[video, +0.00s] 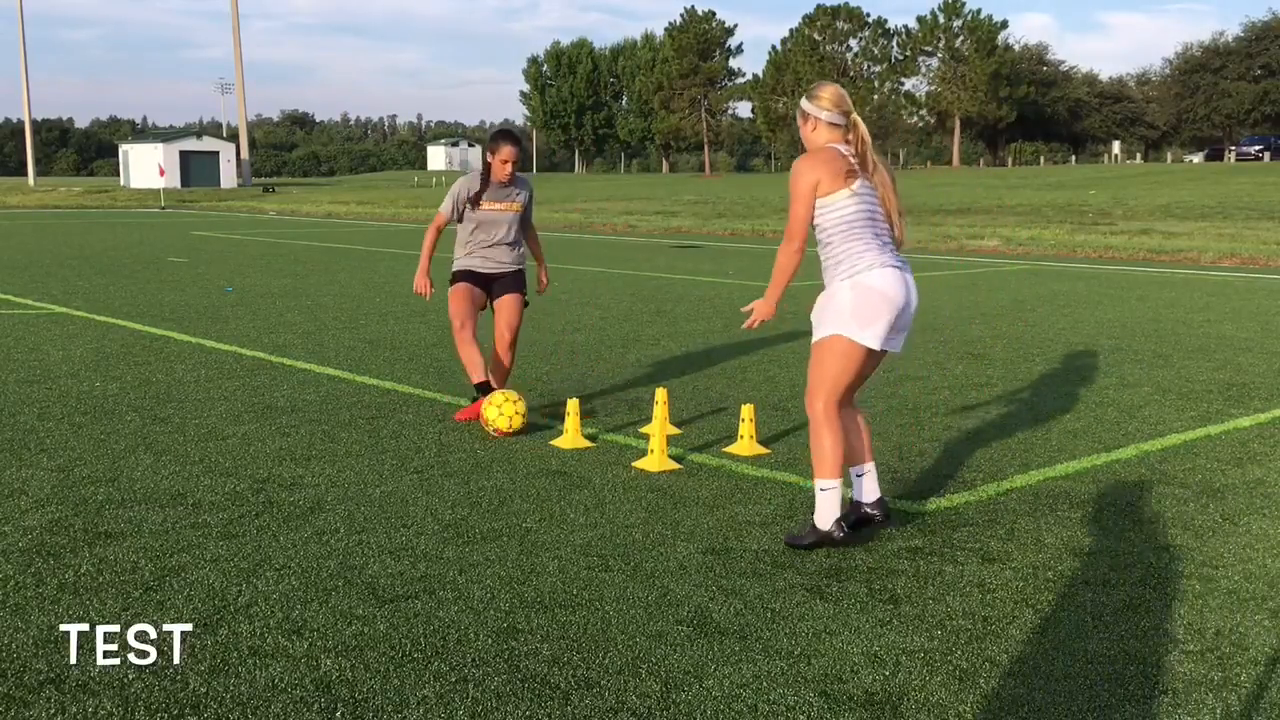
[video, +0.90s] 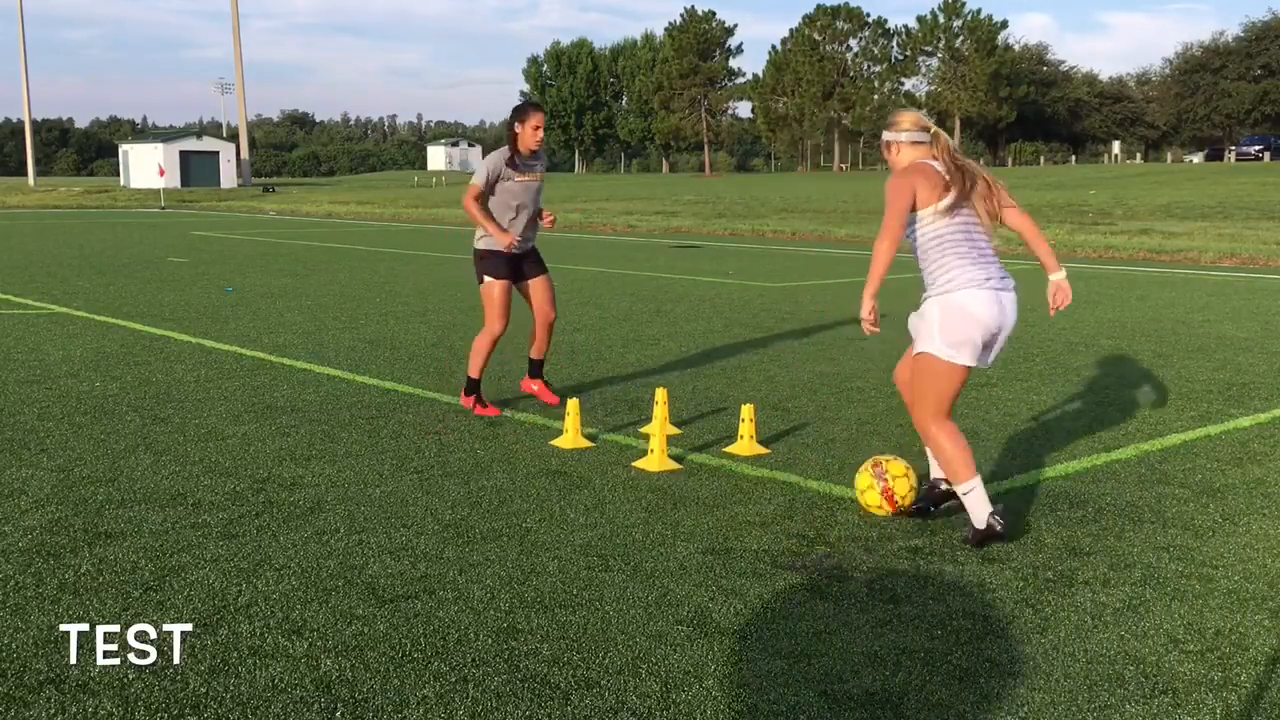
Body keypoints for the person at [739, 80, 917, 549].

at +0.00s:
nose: (800, 130)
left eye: (802, 122)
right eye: (801, 122)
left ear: (815, 122)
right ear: (844, 123)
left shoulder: (811, 164)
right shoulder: (867, 164)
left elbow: (795, 242)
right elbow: (886, 232)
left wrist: (770, 299)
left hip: (860, 287)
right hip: (895, 284)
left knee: (820, 401)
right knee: (842, 398)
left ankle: (826, 521)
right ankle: (869, 501)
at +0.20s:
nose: (798, 154)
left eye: (800, 146)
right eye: (799, 146)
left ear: (811, 144)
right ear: (842, 146)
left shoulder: (818, 181)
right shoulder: (864, 187)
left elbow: (825, 239)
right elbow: (900, 260)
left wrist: (804, 306)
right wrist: (879, 307)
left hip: (855, 313)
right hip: (890, 314)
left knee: (812, 426)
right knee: (825, 423)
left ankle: (829, 553)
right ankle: (858, 528)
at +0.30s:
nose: (803, 155)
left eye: (803, 147)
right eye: (802, 147)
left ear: (817, 142)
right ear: (846, 143)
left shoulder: (824, 176)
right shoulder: (875, 183)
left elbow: (829, 240)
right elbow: (916, 243)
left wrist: (811, 305)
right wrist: (935, 305)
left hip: (868, 308)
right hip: (899, 309)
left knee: (797, 411)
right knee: (809, 409)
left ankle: (837, 530)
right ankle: (841, 512)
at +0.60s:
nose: (828, 186)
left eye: (828, 177)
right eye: (827, 178)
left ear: (839, 173)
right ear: (873, 169)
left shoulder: (854, 219)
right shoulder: (908, 210)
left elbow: (835, 295)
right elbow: (950, 269)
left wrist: (794, 348)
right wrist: (944, 324)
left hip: (896, 349)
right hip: (934, 346)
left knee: (823, 441)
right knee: (832, 395)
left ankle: (848, 557)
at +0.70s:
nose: (847, 166)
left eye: (848, 157)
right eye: (848, 158)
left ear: (860, 155)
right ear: (892, 153)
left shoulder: (871, 195)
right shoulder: (926, 189)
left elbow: (872, 255)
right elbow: (977, 240)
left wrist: (843, 316)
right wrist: (965, 281)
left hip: (910, 326)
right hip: (956, 326)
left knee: (858, 435)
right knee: (900, 429)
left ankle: (852, 553)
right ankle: (949, 523)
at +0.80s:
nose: (866, 153)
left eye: (867, 144)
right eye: (865, 145)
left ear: (882, 139)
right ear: (910, 137)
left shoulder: (889, 174)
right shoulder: (948, 171)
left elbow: (882, 227)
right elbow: (1005, 212)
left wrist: (860, 289)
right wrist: (1018, 263)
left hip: (937, 304)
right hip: (980, 301)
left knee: (887, 414)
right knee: (912, 407)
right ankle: (942, 505)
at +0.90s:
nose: (885, 157)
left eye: (887, 149)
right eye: (885, 150)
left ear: (898, 147)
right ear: (929, 143)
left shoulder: (906, 178)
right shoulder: (970, 175)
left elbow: (891, 235)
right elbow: (1023, 223)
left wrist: (870, 293)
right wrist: (1055, 271)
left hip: (958, 304)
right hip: (997, 298)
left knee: (930, 414)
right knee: (907, 375)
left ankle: (985, 518)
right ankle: (941, 478)